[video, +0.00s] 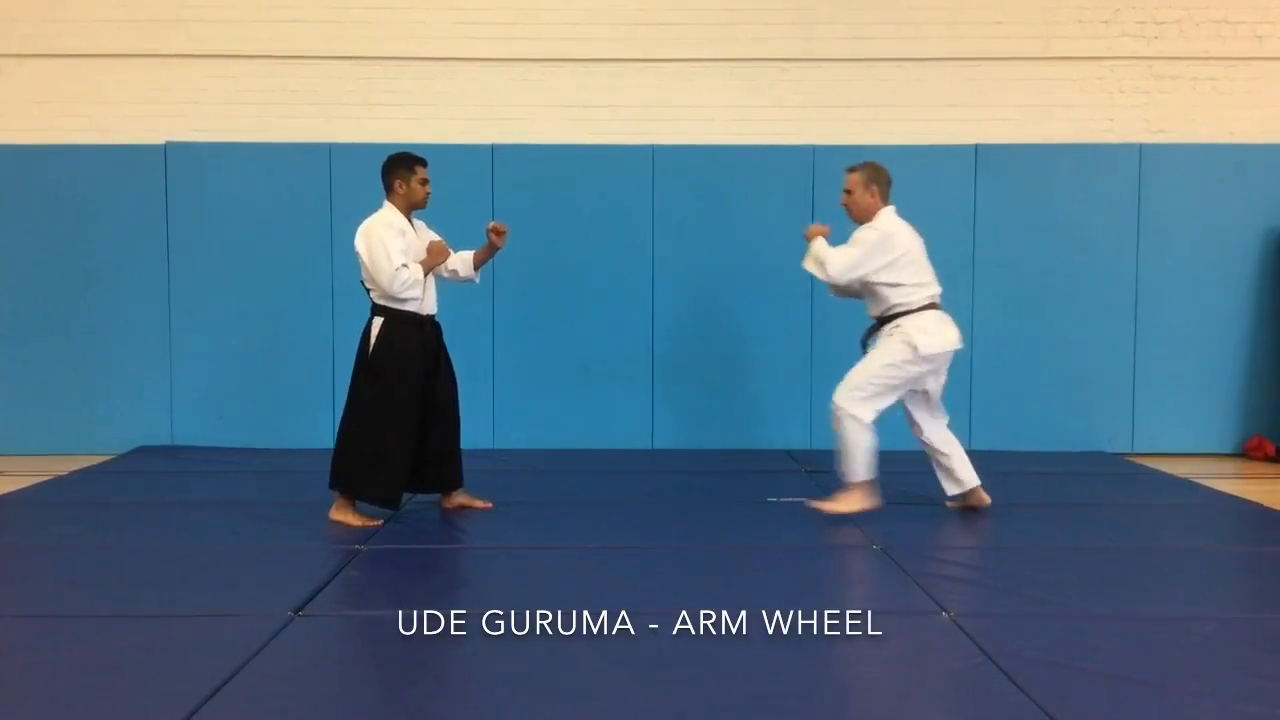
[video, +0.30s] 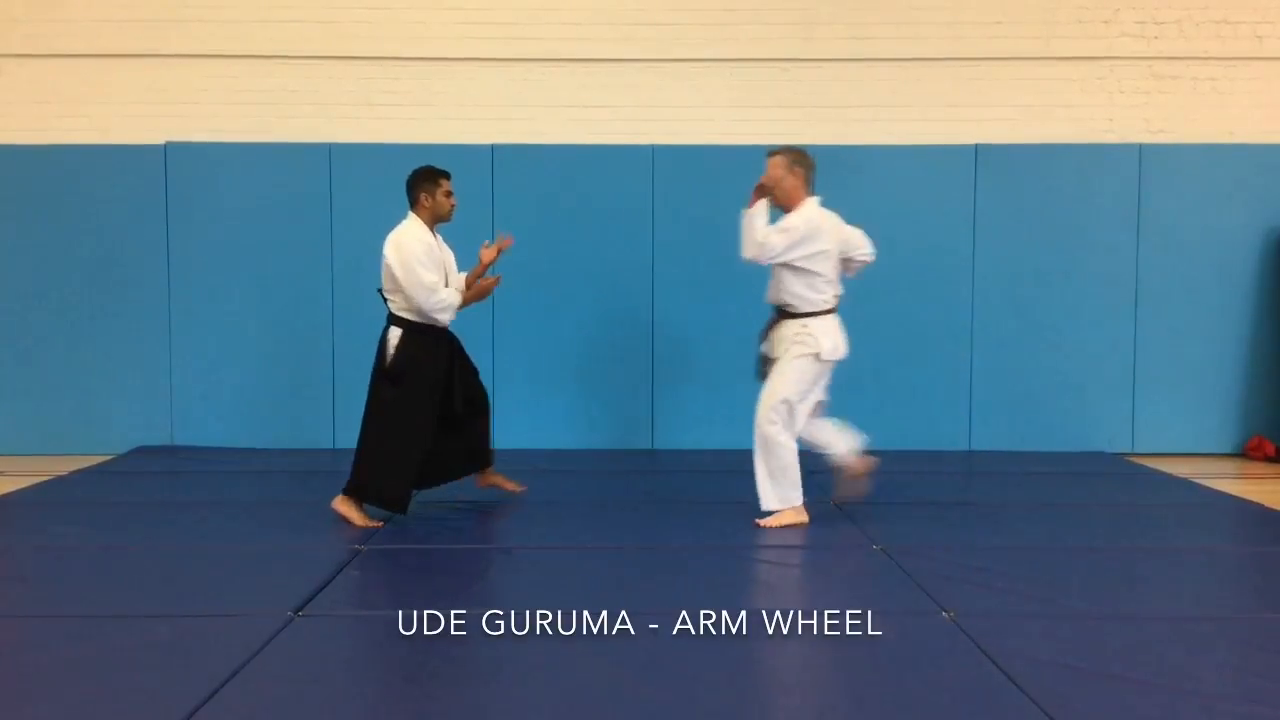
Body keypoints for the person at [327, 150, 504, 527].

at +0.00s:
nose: (429, 189)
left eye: (428, 183)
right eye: (423, 182)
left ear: (406, 187)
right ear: (398, 185)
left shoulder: (419, 229)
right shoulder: (375, 229)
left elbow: (453, 267)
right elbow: (395, 284)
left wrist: (490, 249)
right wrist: (429, 263)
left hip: (426, 331)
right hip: (390, 332)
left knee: (441, 411)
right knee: (371, 417)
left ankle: (451, 492)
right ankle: (343, 504)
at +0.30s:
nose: (453, 201)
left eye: (452, 194)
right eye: (447, 194)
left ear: (427, 199)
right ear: (424, 198)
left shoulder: (434, 240)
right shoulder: (406, 240)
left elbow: (455, 289)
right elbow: (433, 302)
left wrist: (481, 267)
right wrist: (473, 295)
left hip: (437, 338)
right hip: (408, 341)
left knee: (474, 401)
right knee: (390, 422)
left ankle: (484, 472)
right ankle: (350, 497)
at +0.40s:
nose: (466, 208)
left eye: (464, 201)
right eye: (459, 202)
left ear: (438, 208)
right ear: (437, 207)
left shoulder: (436, 243)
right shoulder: (426, 247)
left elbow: (462, 293)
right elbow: (462, 305)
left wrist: (492, 274)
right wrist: (497, 284)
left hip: (447, 344)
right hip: (425, 346)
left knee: (485, 404)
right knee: (403, 425)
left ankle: (508, 461)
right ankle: (354, 495)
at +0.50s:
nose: (481, 211)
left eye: (479, 205)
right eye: (474, 206)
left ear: (457, 213)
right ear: (452, 212)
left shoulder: (458, 246)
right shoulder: (449, 249)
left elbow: (491, 290)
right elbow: (502, 293)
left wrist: (510, 270)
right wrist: (523, 268)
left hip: (471, 346)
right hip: (447, 347)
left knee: (501, 409)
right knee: (416, 422)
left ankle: (517, 472)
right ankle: (363, 491)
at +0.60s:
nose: (493, 213)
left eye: (493, 206)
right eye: (486, 207)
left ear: (485, 211)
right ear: (465, 214)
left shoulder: (485, 248)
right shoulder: (463, 246)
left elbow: (512, 298)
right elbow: (527, 259)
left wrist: (526, 258)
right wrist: (547, 229)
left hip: (493, 346)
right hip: (464, 346)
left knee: (509, 412)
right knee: (435, 420)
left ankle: (514, 478)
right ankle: (384, 492)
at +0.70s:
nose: (503, 211)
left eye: (507, 205)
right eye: (495, 204)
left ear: (510, 208)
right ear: (478, 207)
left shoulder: (515, 249)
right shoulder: (465, 235)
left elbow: (537, 303)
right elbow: (497, 228)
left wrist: (529, 278)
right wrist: (524, 199)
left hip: (504, 340)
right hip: (470, 338)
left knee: (514, 409)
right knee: (458, 414)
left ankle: (516, 477)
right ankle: (414, 492)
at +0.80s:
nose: (507, 204)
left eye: (513, 197)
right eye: (501, 197)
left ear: (521, 202)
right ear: (489, 201)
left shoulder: (530, 242)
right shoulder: (474, 231)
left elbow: (544, 291)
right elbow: (444, 225)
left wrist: (520, 261)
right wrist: (471, 201)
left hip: (510, 336)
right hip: (472, 333)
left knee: (518, 407)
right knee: (470, 409)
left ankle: (517, 478)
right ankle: (438, 487)